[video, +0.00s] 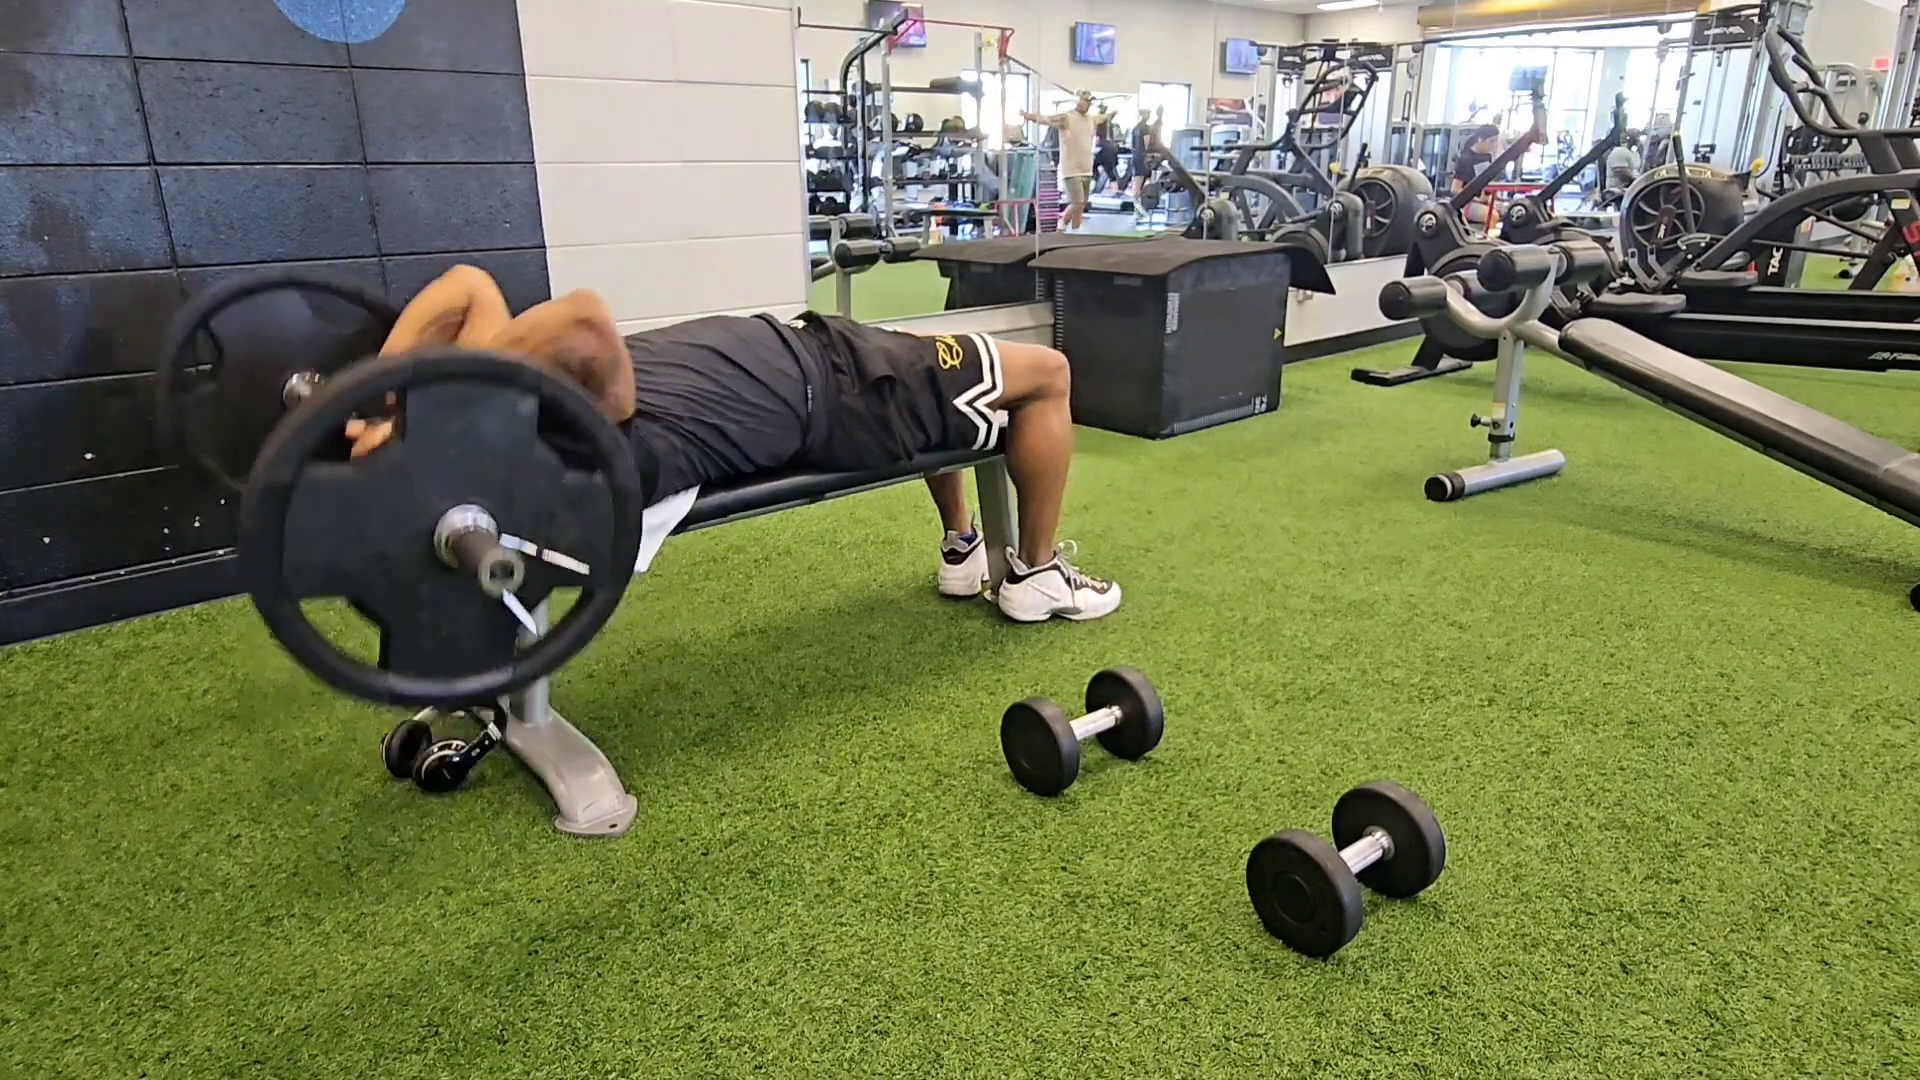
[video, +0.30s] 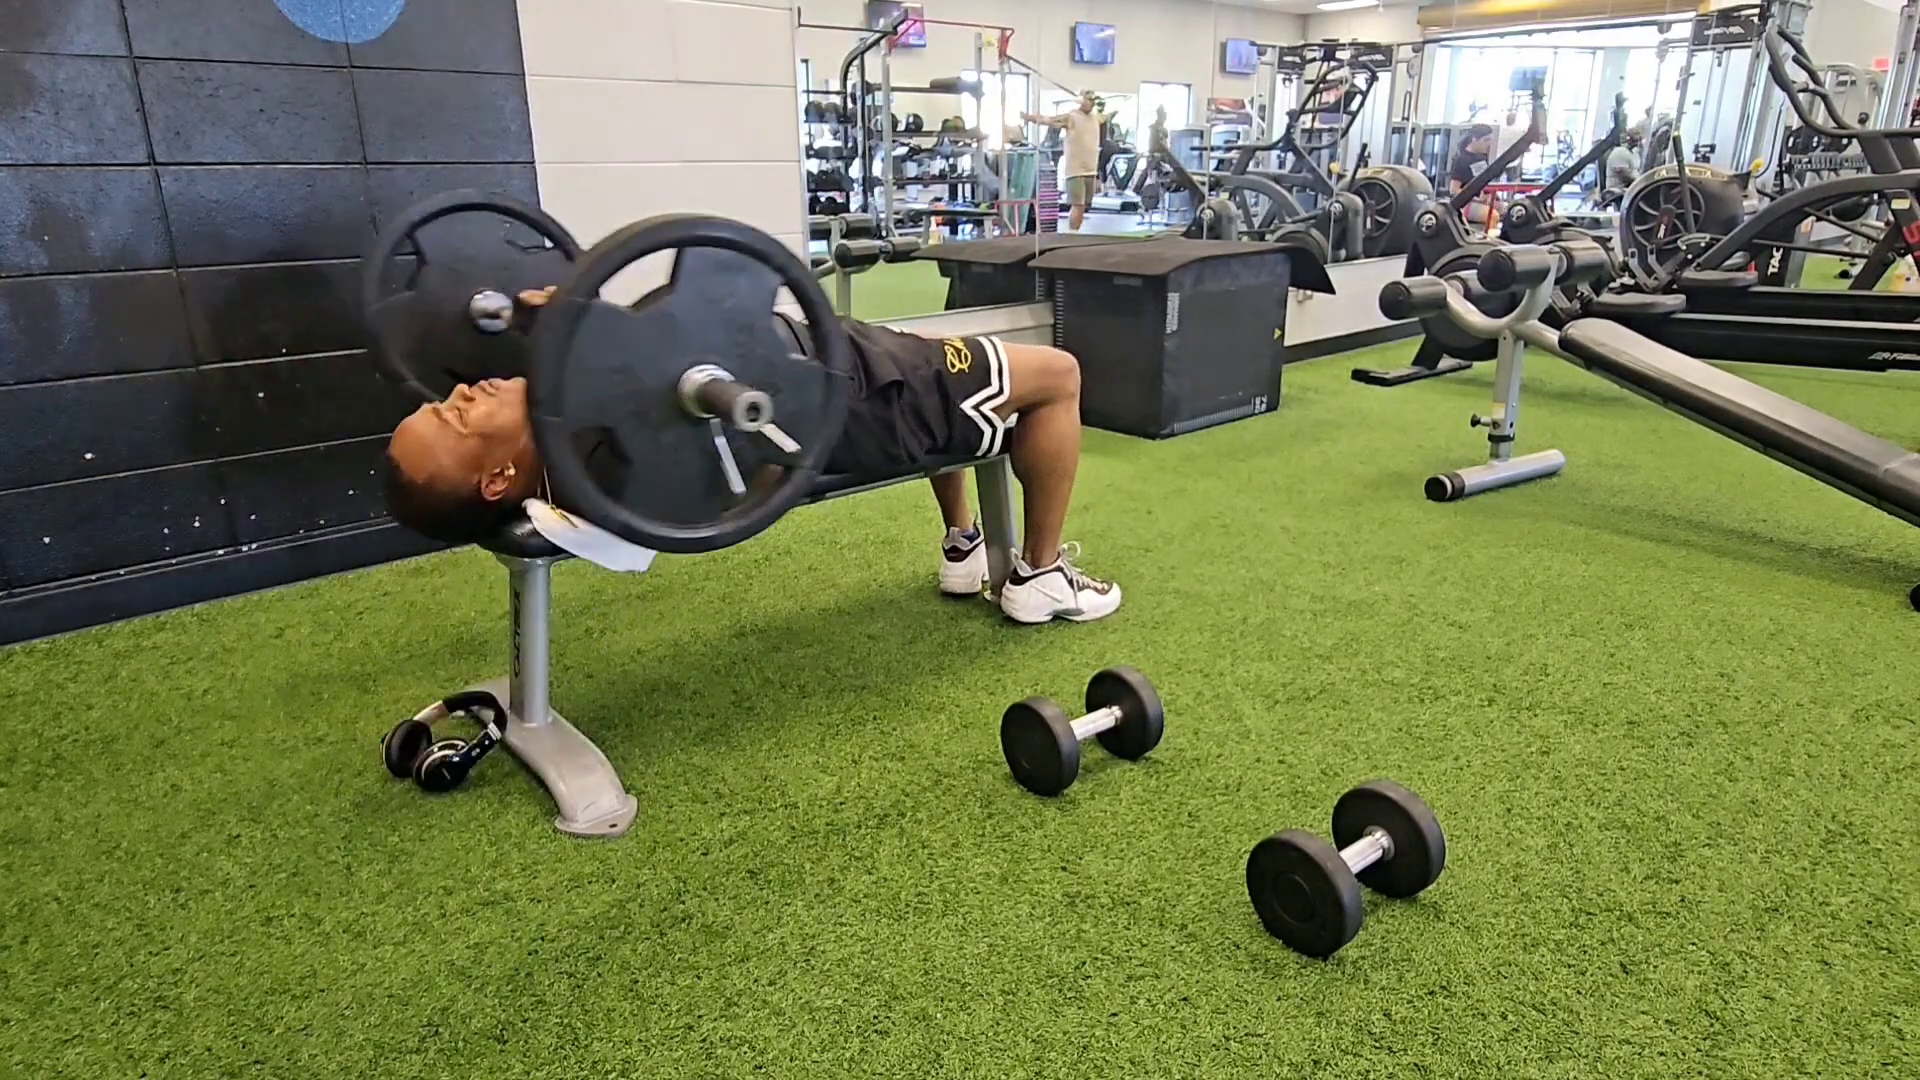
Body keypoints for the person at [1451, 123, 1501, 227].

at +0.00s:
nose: (1495, 145)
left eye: (1496, 141)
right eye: (1492, 141)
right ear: (1480, 140)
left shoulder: (1488, 157)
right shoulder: (1466, 158)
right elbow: (1455, 188)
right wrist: (1479, 198)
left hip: (1486, 199)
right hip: (1468, 202)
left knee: (1509, 209)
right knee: (1492, 215)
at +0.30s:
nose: (1489, 144)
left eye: (1490, 140)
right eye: (1486, 140)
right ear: (1474, 139)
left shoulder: (1483, 157)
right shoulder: (1462, 159)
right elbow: (1454, 189)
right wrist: (1478, 199)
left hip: (1484, 198)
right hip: (1466, 202)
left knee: (1506, 209)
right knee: (1493, 215)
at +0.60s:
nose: (1488, 140)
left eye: (1488, 136)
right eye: (1484, 136)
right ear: (1471, 139)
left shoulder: (1482, 156)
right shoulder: (1462, 158)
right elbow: (1454, 190)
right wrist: (1478, 194)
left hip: (1484, 199)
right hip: (1465, 202)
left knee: (1507, 210)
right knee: (1494, 215)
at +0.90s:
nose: (1487, 138)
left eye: (1487, 134)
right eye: (1483, 134)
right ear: (1470, 137)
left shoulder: (1483, 157)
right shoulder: (1462, 156)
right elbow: (1452, 186)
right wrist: (1475, 191)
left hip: (1484, 200)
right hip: (1465, 202)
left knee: (1507, 211)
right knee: (1495, 216)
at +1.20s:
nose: (1488, 137)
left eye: (1488, 133)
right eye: (1483, 133)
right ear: (1471, 137)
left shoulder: (1483, 157)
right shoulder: (1463, 156)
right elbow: (1456, 183)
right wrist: (1480, 192)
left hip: (1485, 201)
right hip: (1467, 202)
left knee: (1508, 212)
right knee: (1495, 216)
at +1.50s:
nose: (1490, 135)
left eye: (1490, 132)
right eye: (1485, 132)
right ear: (1473, 137)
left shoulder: (1484, 156)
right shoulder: (1466, 156)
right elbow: (1456, 185)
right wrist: (1479, 194)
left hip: (1485, 201)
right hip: (1468, 202)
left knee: (1509, 212)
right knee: (1496, 216)